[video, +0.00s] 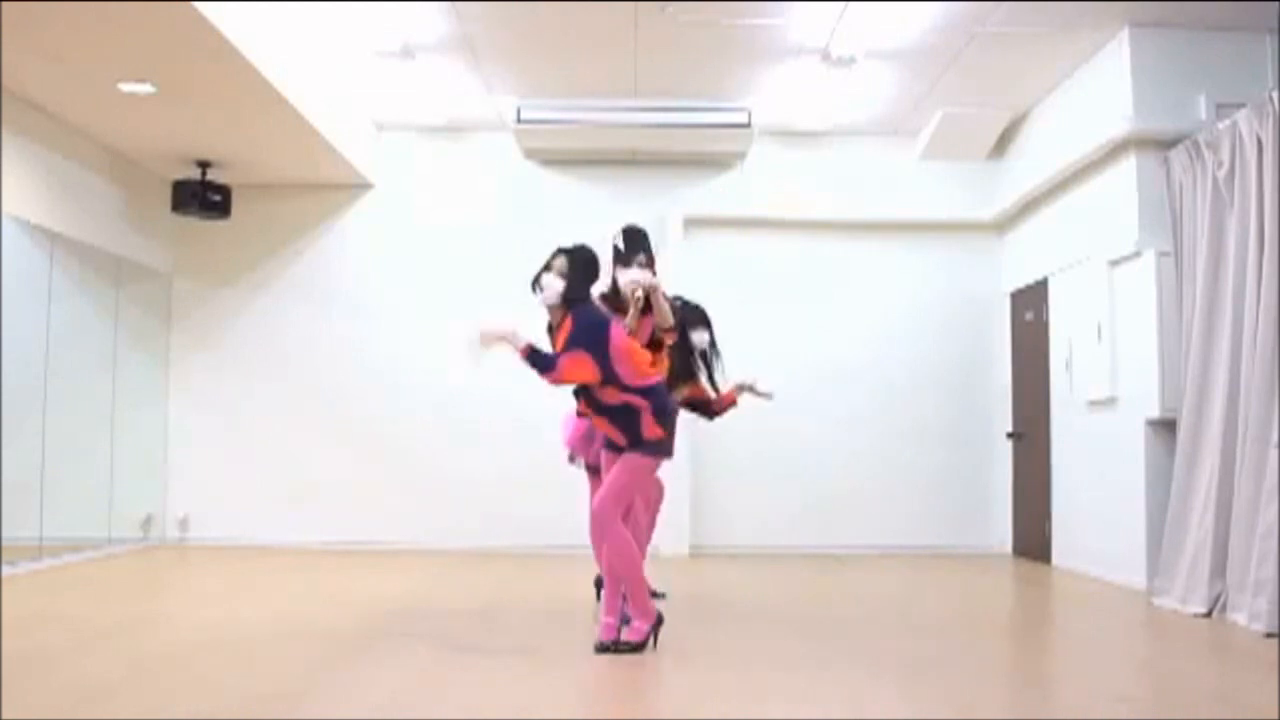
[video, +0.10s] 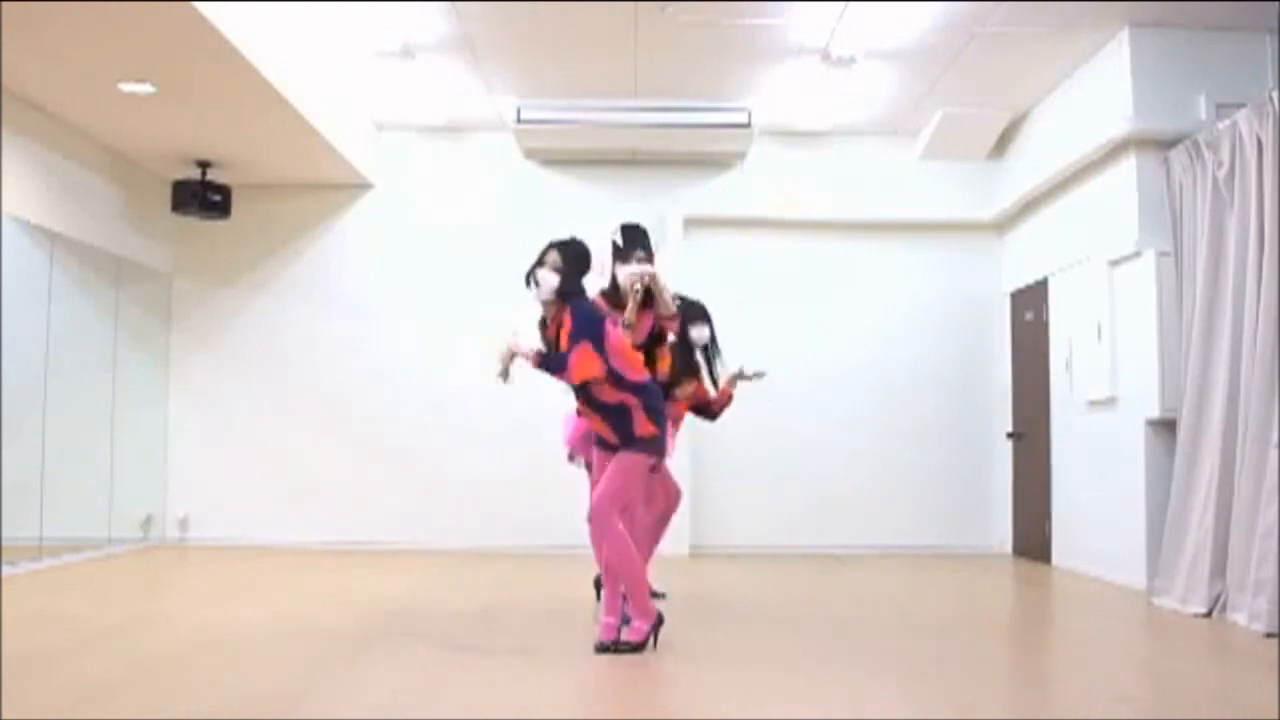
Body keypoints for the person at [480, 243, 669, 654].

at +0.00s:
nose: (545, 280)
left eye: (557, 275)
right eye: (547, 271)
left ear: (576, 284)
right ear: (546, 276)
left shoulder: (590, 323)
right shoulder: (564, 323)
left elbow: (562, 373)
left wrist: (518, 344)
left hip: (647, 431)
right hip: (614, 430)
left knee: (605, 514)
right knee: (606, 519)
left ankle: (643, 613)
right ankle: (614, 614)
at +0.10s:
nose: (538, 277)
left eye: (549, 271)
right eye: (539, 269)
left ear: (568, 279)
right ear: (538, 274)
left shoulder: (582, 316)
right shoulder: (554, 320)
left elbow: (583, 371)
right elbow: (572, 368)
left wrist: (531, 356)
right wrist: (528, 355)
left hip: (641, 431)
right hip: (605, 431)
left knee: (603, 512)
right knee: (604, 520)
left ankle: (644, 613)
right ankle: (614, 618)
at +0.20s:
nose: (537, 265)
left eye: (548, 258)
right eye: (534, 256)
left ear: (565, 264)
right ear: (528, 260)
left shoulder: (583, 305)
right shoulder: (539, 314)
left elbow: (584, 360)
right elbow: (545, 359)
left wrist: (528, 363)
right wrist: (532, 379)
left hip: (632, 424)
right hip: (591, 424)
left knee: (595, 518)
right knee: (570, 512)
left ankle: (646, 614)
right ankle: (598, 614)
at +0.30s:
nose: (534, 263)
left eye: (543, 254)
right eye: (528, 254)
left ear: (559, 256)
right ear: (520, 256)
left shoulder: (579, 296)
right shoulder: (531, 308)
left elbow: (603, 357)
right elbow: (532, 368)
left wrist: (568, 386)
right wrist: (508, 365)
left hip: (608, 430)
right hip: (567, 430)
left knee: (585, 530)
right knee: (520, 503)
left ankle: (647, 615)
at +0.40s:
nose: (521, 258)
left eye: (528, 248)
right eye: (514, 248)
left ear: (545, 251)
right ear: (506, 254)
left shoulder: (568, 288)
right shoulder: (507, 307)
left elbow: (600, 345)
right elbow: (501, 371)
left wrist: (599, 402)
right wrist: (489, 333)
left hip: (577, 430)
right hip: (530, 431)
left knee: (574, 535)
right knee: (475, 512)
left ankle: (645, 613)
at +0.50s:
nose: (502, 249)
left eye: (511, 240)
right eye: (496, 240)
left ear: (526, 243)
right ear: (489, 245)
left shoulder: (549, 288)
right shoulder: (485, 294)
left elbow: (576, 346)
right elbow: (468, 349)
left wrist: (553, 376)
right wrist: (475, 300)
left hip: (535, 426)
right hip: (484, 424)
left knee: (537, 529)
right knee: (442, 518)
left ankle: (610, 604)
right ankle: (413, 607)